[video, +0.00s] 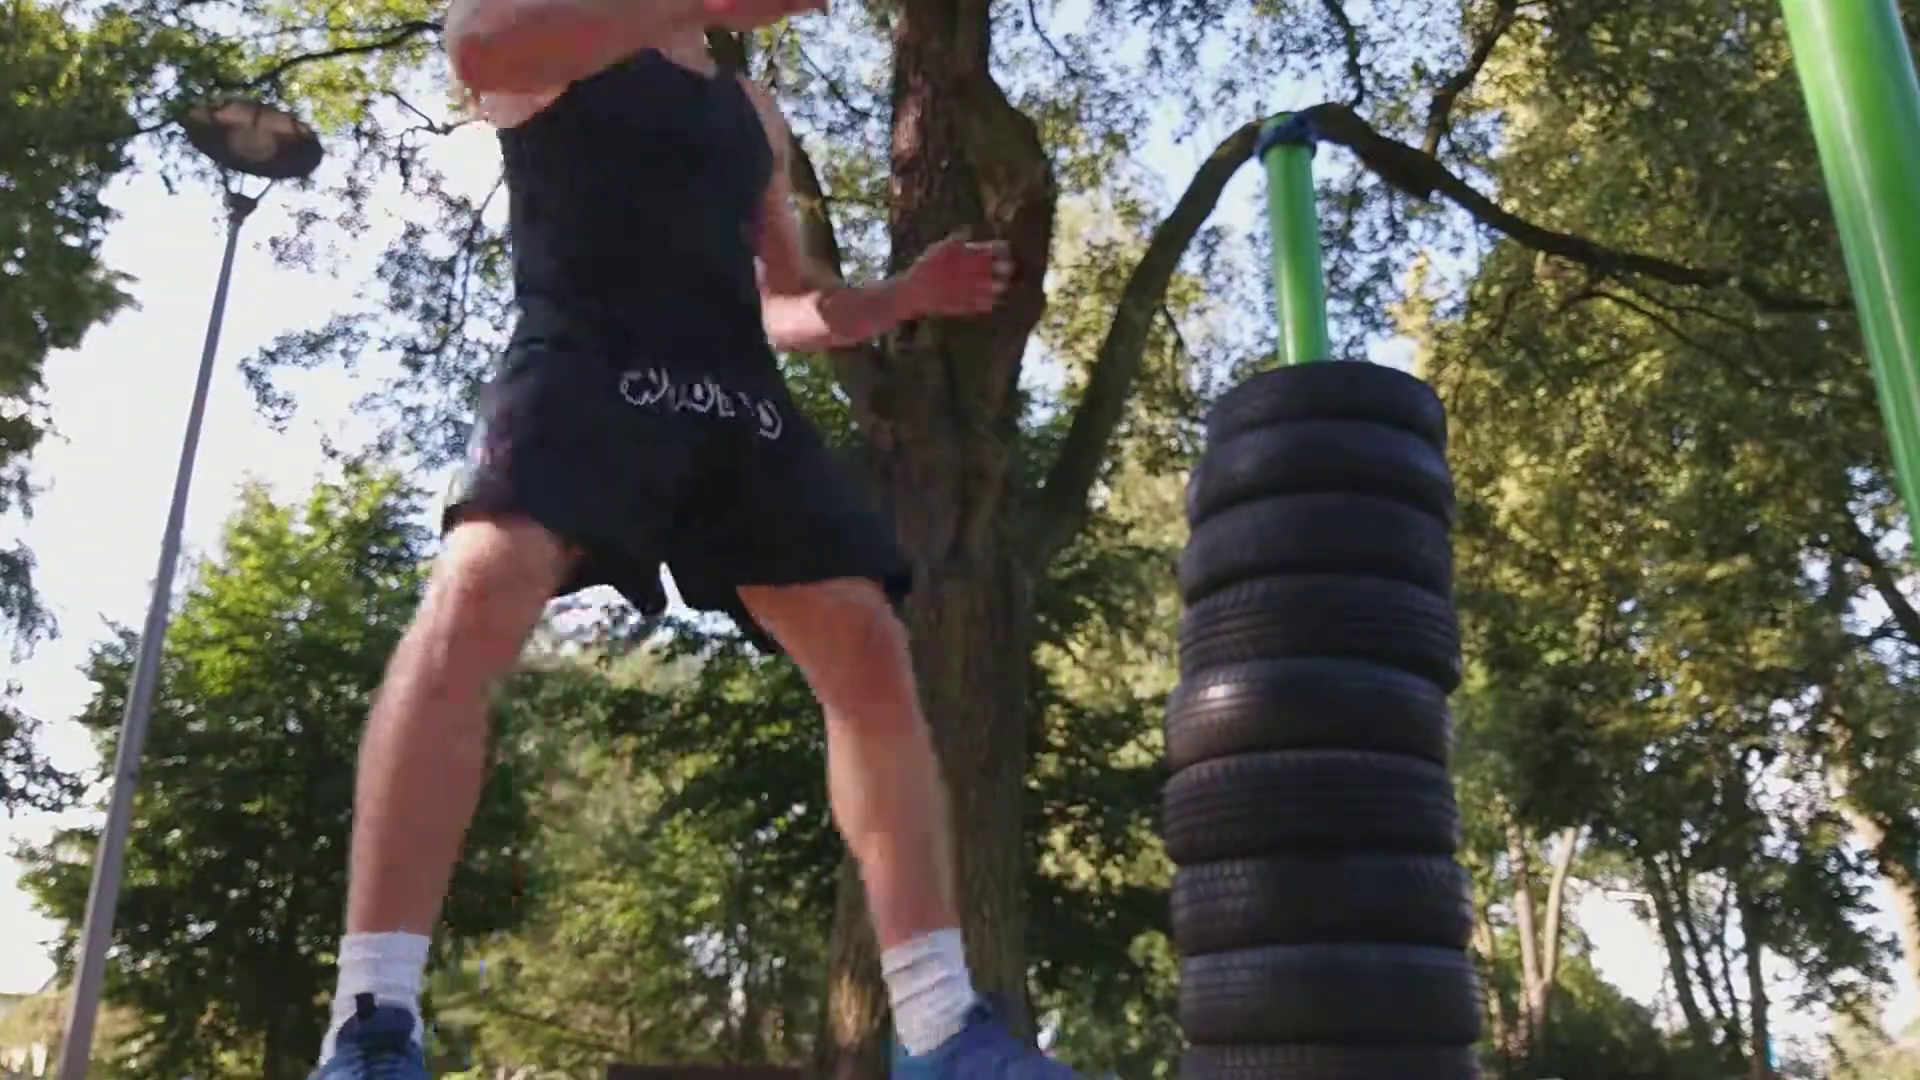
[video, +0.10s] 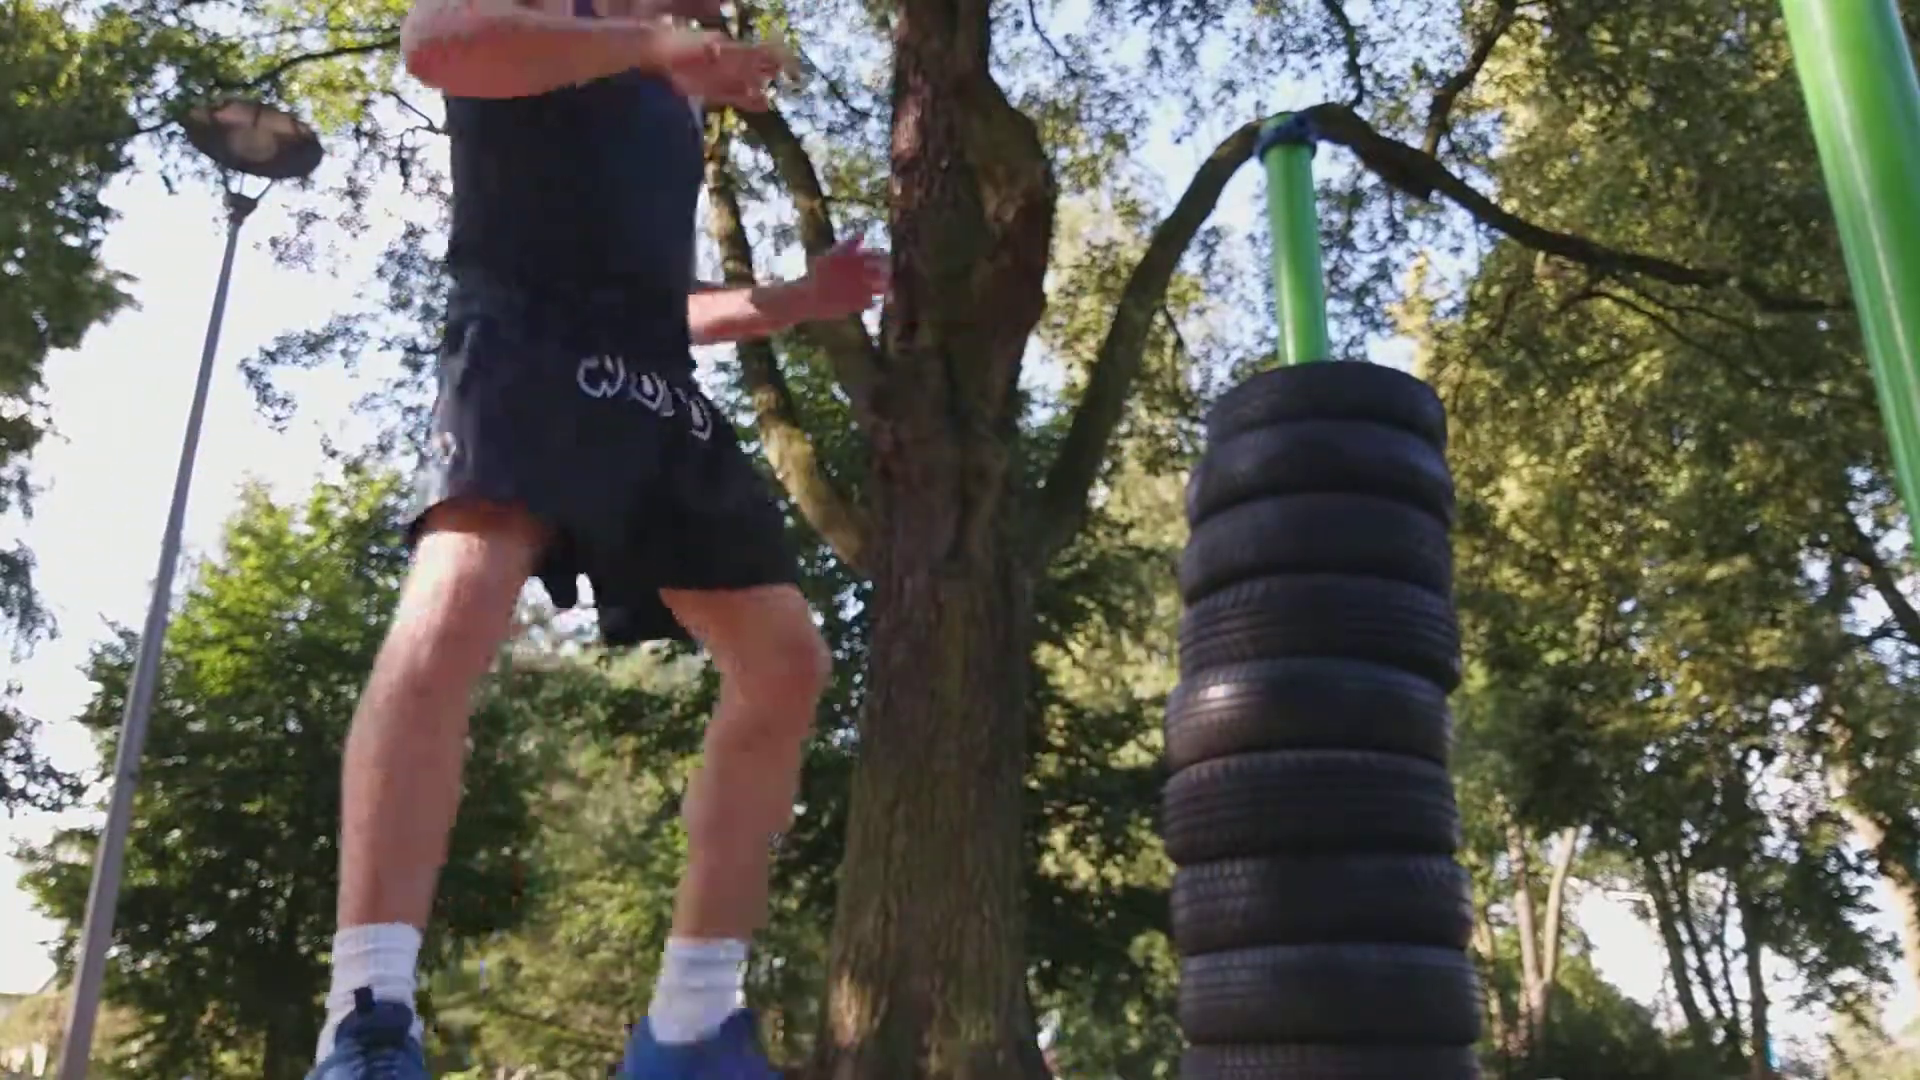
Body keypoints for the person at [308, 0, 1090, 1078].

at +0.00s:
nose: (800, 14)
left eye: (806, 12)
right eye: (797, 3)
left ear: (770, 14)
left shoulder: (750, 106)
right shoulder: (556, 27)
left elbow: (779, 305)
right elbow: (479, 55)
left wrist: (904, 293)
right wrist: (685, 11)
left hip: (739, 404)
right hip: (579, 386)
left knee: (865, 644)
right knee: (474, 594)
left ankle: (940, 1029)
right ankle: (373, 1021)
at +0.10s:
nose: (718, 26)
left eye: (721, 27)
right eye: (711, 16)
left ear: (696, 23)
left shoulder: (676, 94)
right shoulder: (534, 5)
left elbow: (652, 313)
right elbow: (438, 48)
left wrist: (802, 296)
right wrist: (644, 43)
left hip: (657, 384)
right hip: (527, 340)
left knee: (781, 660)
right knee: (460, 597)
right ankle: (369, 1018)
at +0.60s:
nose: (585, 79)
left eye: (589, 59)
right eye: (578, 49)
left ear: (526, 42)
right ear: (512, 27)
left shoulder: (480, 192)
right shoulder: (389, 50)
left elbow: (429, 362)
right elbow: (230, 80)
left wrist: (540, 348)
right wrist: (402, 160)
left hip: (381, 440)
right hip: (280, 393)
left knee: (358, 715)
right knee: (222, 635)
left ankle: (244, 1010)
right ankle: (49, 976)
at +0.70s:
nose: (538, 101)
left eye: (544, 84)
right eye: (532, 72)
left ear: (476, 59)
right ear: (469, 44)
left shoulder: (430, 196)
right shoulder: (348, 65)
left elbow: (370, 380)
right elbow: (221, 115)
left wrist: (485, 367)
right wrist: (402, 186)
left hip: (349, 475)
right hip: (243, 430)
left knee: (357, 736)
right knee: (148, 681)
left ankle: (222, 1026)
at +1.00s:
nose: (525, 143)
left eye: (531, 127)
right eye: (520, 117)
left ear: (463, 104)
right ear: (455, 88)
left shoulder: (432, 229)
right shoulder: (328, 114)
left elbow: (364, 390)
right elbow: (243, 227)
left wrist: (467, 395)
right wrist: (423, 273)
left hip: (365, 508)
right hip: (261, 483)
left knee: (424, 741)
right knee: (142, 703)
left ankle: (343, 1011)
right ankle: (3, 934)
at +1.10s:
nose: (533, 180)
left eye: (539, 161)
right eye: (527, 153)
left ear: (475, 141)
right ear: (463, 127)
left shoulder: (438, 271)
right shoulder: (341, 164)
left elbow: (401, 438)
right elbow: (276, 275)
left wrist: (509, 423)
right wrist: (445, 307)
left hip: (397, 550)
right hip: (294, 523)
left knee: (440, 782)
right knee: (178, 750)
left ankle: (409, 1053)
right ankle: (8, 988)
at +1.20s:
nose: (533, 223)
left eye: (536, 205)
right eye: (524, 198)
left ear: (462, 191)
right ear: (459, 183)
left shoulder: (445, 334)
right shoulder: (340, 239)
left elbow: (439, 490)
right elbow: (295, 365)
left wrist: (537, 483)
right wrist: (458, 363)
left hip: (414, 611)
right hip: (311, 589)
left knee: (473, 831)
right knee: (205, 794)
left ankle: (392, 1067)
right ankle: (17, 1029)